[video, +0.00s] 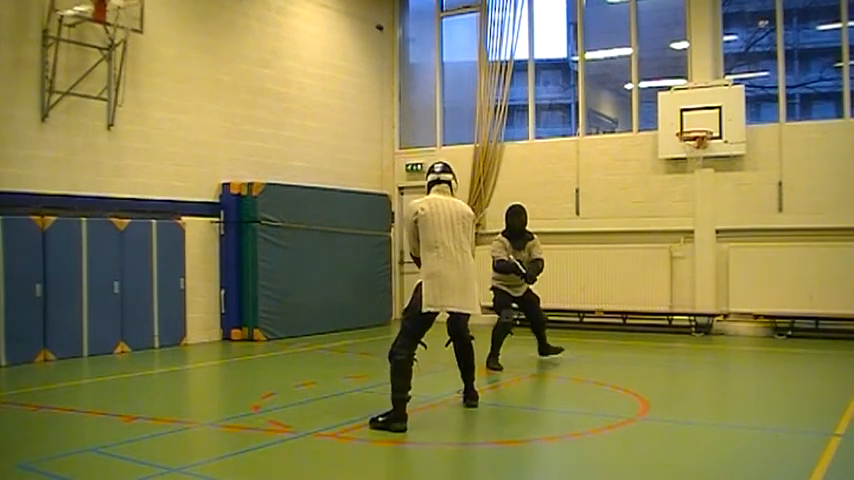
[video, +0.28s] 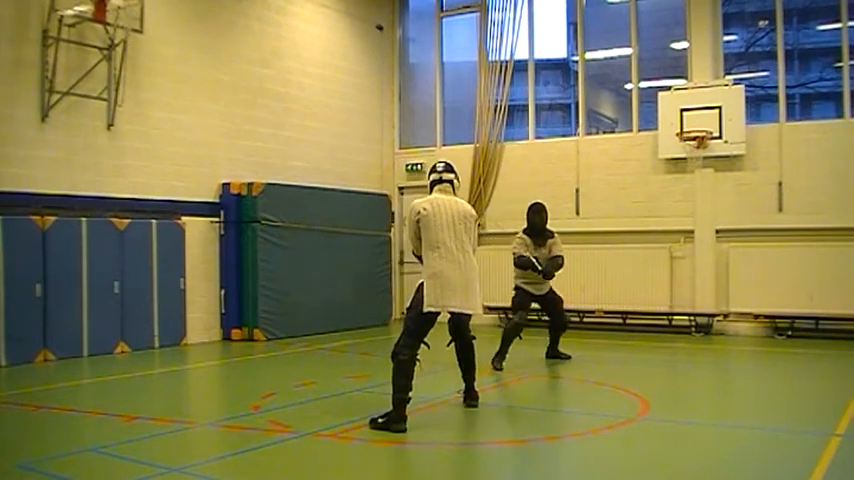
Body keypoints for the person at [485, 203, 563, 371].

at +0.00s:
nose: (517, 223)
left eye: (520, 219)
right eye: (513, 219)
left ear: (526, 221)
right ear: (507, 221)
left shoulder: (532, 240)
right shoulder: (500, 242)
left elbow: (538, 261)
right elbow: (498, 264)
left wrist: (530, 272)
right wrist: (515, 266)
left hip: (523, 289)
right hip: (502, 288)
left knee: (537, 316)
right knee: (506, 318)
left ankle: (543, 345)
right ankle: (493, 356)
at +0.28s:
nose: (538, 219)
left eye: (541, 215)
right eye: (534, 215)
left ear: (547, 218)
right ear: (528, 218)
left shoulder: (553, 238)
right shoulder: (521, 239)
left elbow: (558, 259)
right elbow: (518, 260)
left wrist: (549, 268)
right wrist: (531, 263)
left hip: (544, 288)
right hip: (524, 288)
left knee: (559, 319)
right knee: (519, 320)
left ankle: (553, 349)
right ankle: (500, 355)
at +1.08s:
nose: (584, 228)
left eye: (588, 223)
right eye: (581, 223)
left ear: (593, 220)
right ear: (575, 221)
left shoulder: (601, 238)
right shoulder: (567, 238)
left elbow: (606, 261)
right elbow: (561, 263)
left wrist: (597, 271)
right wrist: (576, 266)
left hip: (591, 286)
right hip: (570, 287)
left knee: (609, 316)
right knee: (573, 320)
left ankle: (619, 348)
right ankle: (562, 355)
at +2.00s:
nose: (640, 222)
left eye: (643, 218)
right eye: (636, 219)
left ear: (649, 215)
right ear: (630, 218)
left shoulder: (658, 234)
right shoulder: (626, 234)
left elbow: (664, 256)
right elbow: (616, 255)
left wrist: (648, 261)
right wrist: (623, 252)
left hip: (652, 286)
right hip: (632, 286)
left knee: (660, 326)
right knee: (636, 320)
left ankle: (640, 346)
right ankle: (636, 356)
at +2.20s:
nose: (643, 219)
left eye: (646, 214)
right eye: (640, 215)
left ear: (653, 214)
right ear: (635, 216)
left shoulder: (663, 233)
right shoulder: (630, 234)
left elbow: (671, 256)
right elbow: (622, 256)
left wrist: (655, 260)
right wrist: (637, 256)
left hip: (657, 285)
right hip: (636, 286)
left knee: (671, 322)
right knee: (641, 319)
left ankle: (660, 349)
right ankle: (637, 358)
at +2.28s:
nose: (646, 222)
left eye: (649, 218)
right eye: (643, 218)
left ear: (656, 216)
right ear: (638, 218)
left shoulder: (666, 234)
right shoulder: (633, 235)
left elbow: (674, 257)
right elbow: (625, 258)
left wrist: (659, 260)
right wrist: (640, 256)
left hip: (660, 286)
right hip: (638, 286)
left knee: (671, 321)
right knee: (642, 319)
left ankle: (666, 353)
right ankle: (638, 358)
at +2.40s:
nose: (645, 223)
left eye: (648, 219)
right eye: (642, 219)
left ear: (657, 218)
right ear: (639, 220)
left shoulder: (670, 239)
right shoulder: (634, 240)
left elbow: (679, 261)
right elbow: (626, 265)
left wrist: (664, 265)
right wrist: (639, 257)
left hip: (662, 290)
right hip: (640, 289)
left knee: (671, 323)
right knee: (638, 317)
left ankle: (667, 353)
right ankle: (633, 354)